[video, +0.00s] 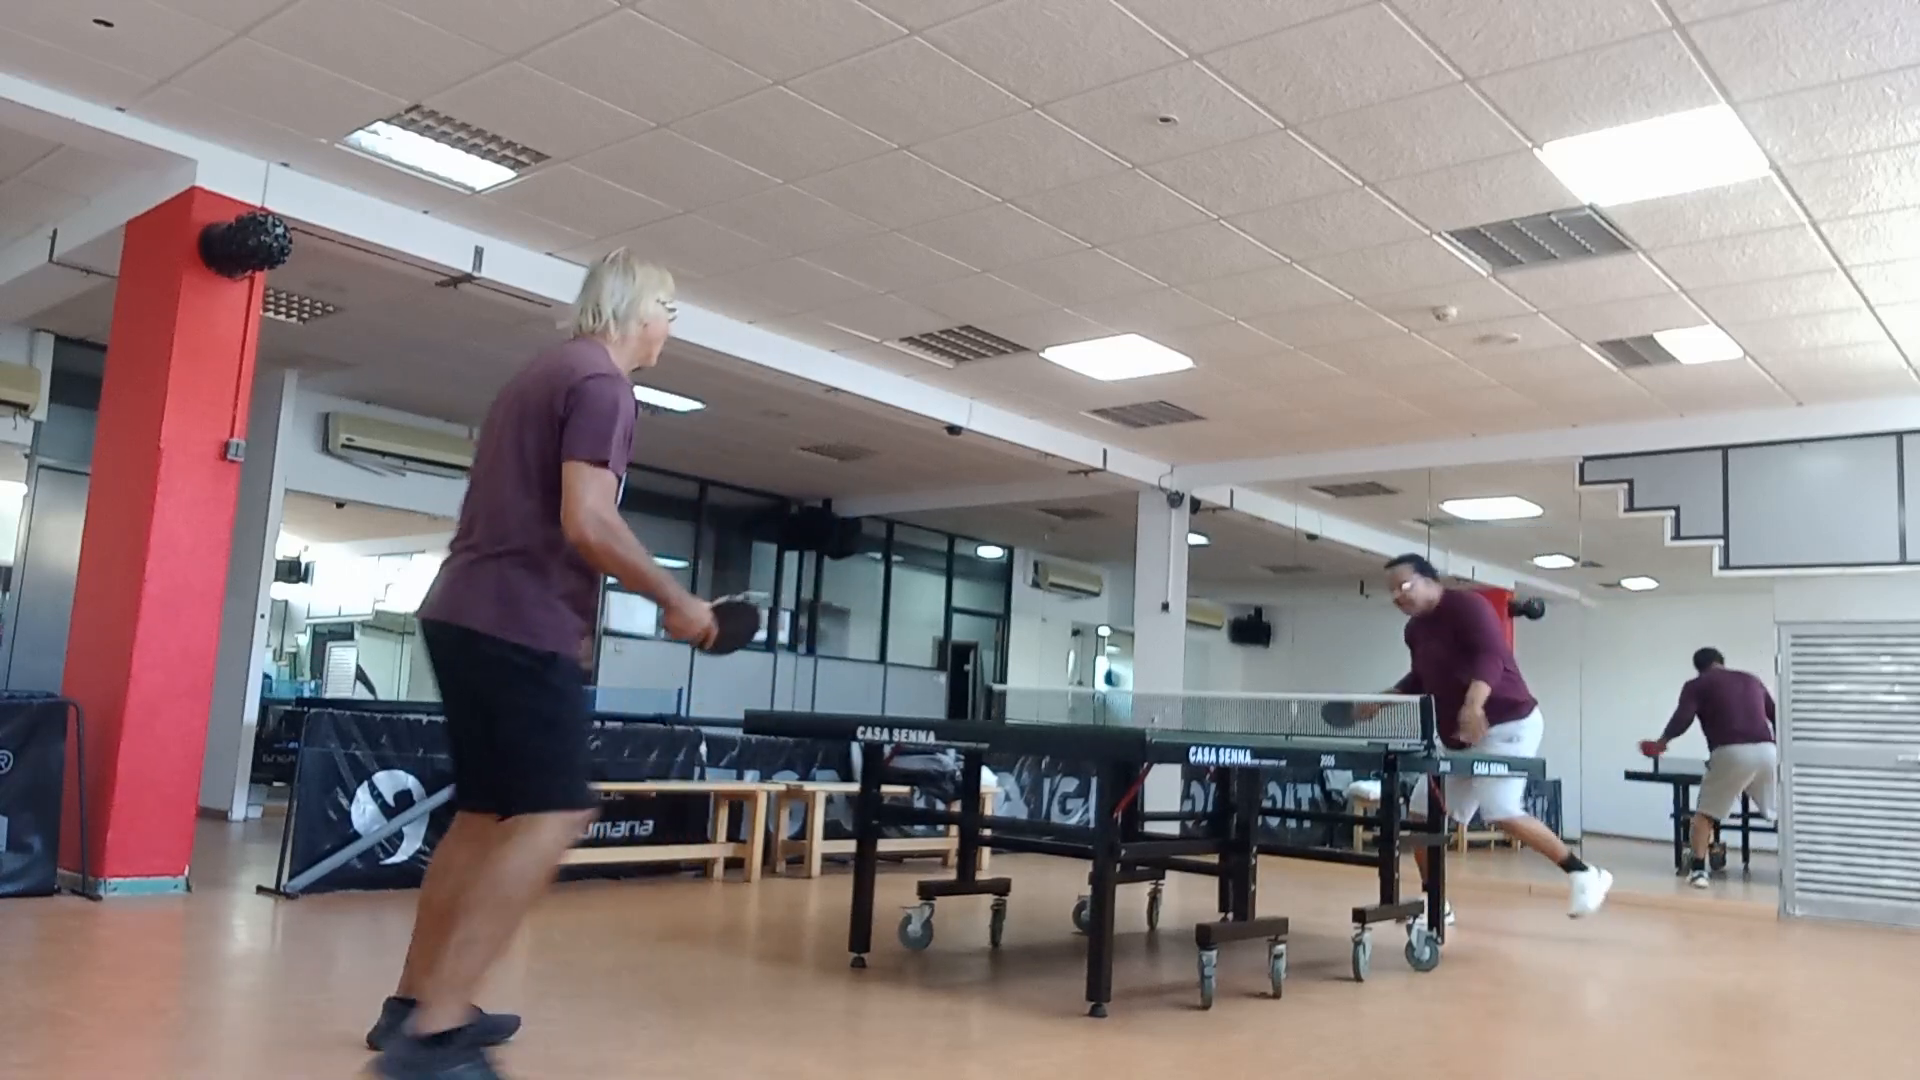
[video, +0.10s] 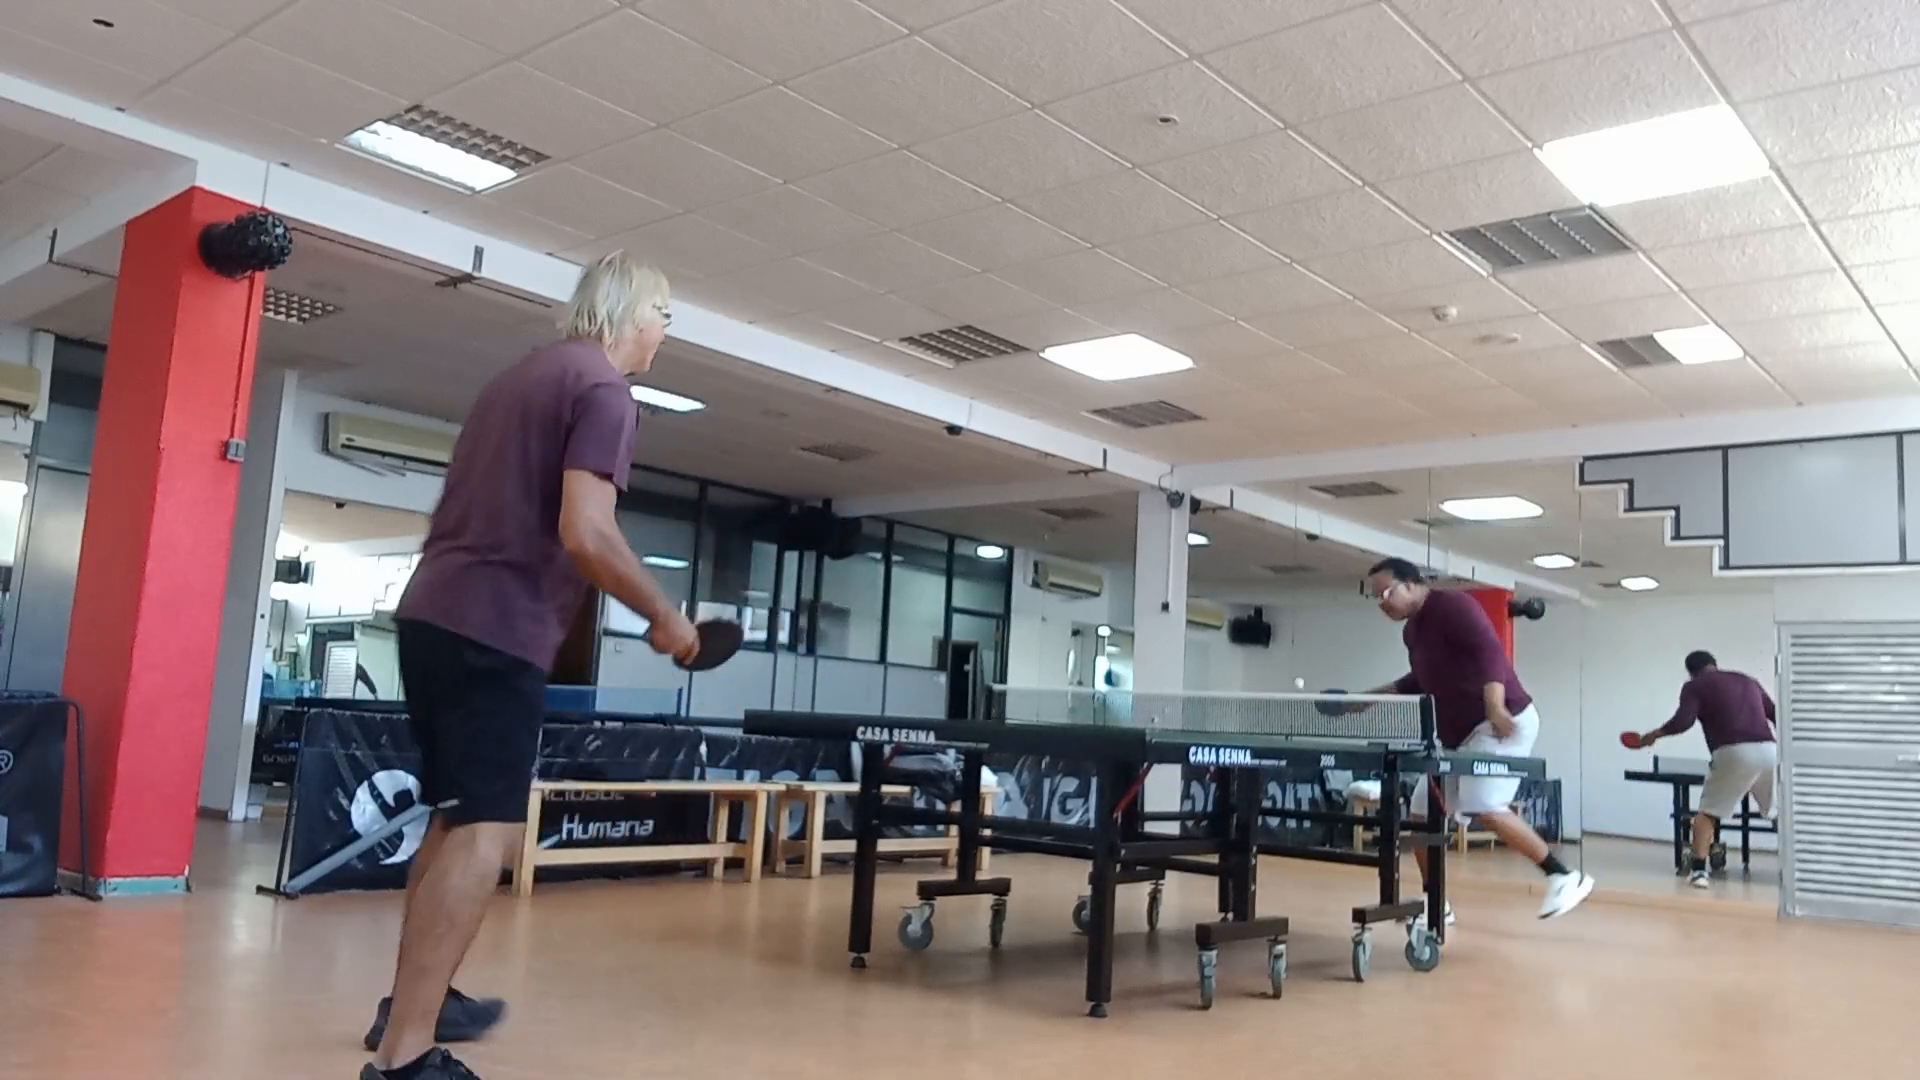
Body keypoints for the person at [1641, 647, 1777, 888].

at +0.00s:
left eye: (1699, 670)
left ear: (1698, 668)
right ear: (1722, 662)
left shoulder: (1696, 685)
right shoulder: (1751, 680)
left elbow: (1683, 718)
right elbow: (1777, 716)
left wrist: (1662, 742)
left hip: (1731, 754)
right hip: (1768, 752)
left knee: (1704, 815)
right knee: (1781, 813)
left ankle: (1699, 870)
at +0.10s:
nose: (1693, 678)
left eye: (1691, 674)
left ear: (1691, 672)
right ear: (1715, 664)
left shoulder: (1694, 686)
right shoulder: (1746, 680)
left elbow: (1684, 721)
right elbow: (1777, 715)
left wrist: (1655, 734)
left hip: (1733, 753)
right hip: (1769, 751)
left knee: (1707, 812)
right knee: (1782, 812)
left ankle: (1700, 871)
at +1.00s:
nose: (1738, 663)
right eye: (1740, 659)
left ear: (1714, 659)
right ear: (1740, 658)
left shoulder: (1695, 679)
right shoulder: (1754, 677)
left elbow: (1680, 719)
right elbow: (1775, 716)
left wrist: (1692, 740)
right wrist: (1789, 742)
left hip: (1709, 750)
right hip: (1749, 750)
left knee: (1692, 812)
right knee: (1774, 813)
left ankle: (1681, 867)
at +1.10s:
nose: (1736, 663)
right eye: (1736, 659)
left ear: (1711, 658)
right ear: (1736, 658)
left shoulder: (1690, 679)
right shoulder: (1751, 677)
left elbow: (1676, 720)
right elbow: (1769, 715)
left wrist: (1687, 742)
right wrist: (1776, 738)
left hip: (1704, 749)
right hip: (1744, 749)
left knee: (1691, 812)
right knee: (1774, 811)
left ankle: (1681, 867)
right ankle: (1795, 864)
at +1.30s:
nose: (1735, 665)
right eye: (1736, 661)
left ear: (1711, 661)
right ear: (1737, 661)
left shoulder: (1692, 684)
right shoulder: (1753, 680)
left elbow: (1677, 725)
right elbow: (1776, 718)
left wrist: (1689, 752)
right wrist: (1788, 749)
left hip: (1707, 755)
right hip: (1747, 754)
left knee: (1693, 813)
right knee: (1774, 818)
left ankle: (1681, 867)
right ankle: (1792, 871)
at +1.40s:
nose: (1740, 666)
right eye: (1741, 662)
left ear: (1715, 662)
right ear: (1740, 662)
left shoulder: (1695, 684)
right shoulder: (1756, 681)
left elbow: (1681, 726)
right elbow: (1779, 720)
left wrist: (1693, 752)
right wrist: (1789, 751)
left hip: (1709, 754)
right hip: (1749, 754)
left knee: (1696, 812)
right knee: (1776, 816)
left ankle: (1681, 867)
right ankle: (1792, 872)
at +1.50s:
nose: (1745, 666)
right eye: (1746, 663)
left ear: (1719, 661)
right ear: (1744, 662)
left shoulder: (1699, 684)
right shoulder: (1759, 682)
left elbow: (1685, 726)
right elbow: (1782, 721)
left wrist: (1699, 751)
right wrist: (1790, 752)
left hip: (1711, 753)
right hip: (1750, 753)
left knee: (1699, 812)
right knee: (1778, 816)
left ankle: (1681, 867)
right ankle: (1794, 875)